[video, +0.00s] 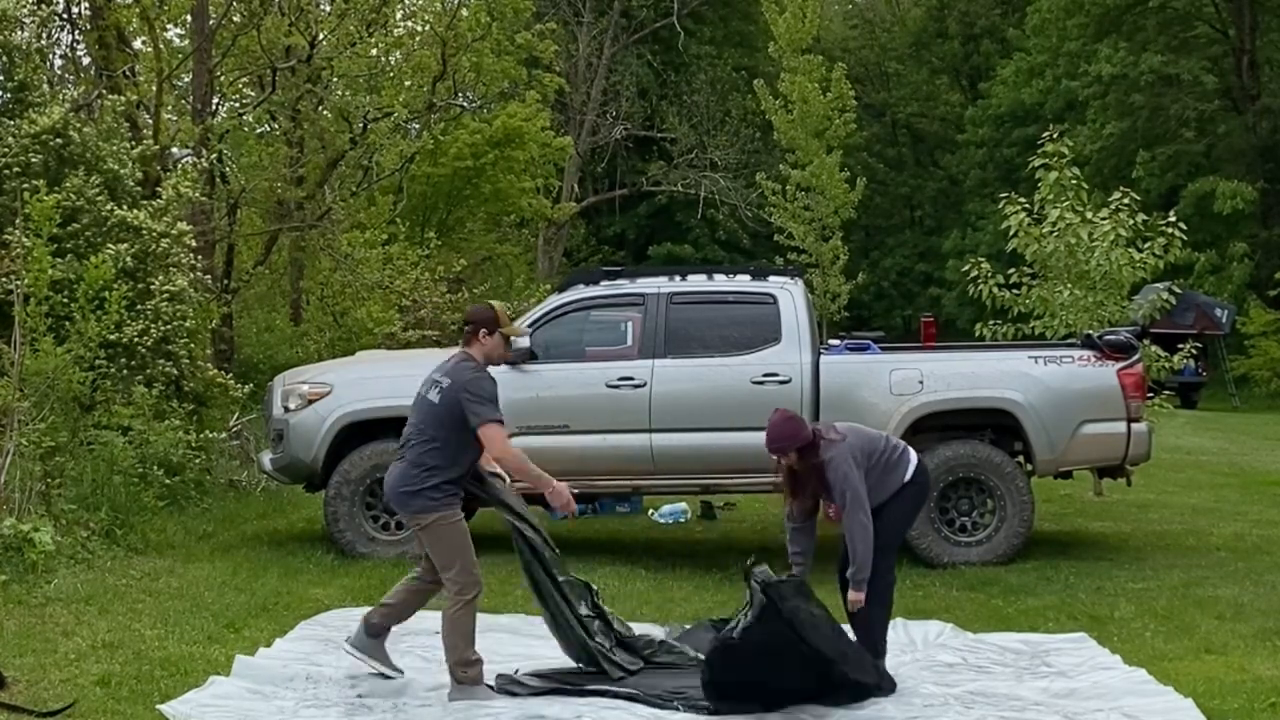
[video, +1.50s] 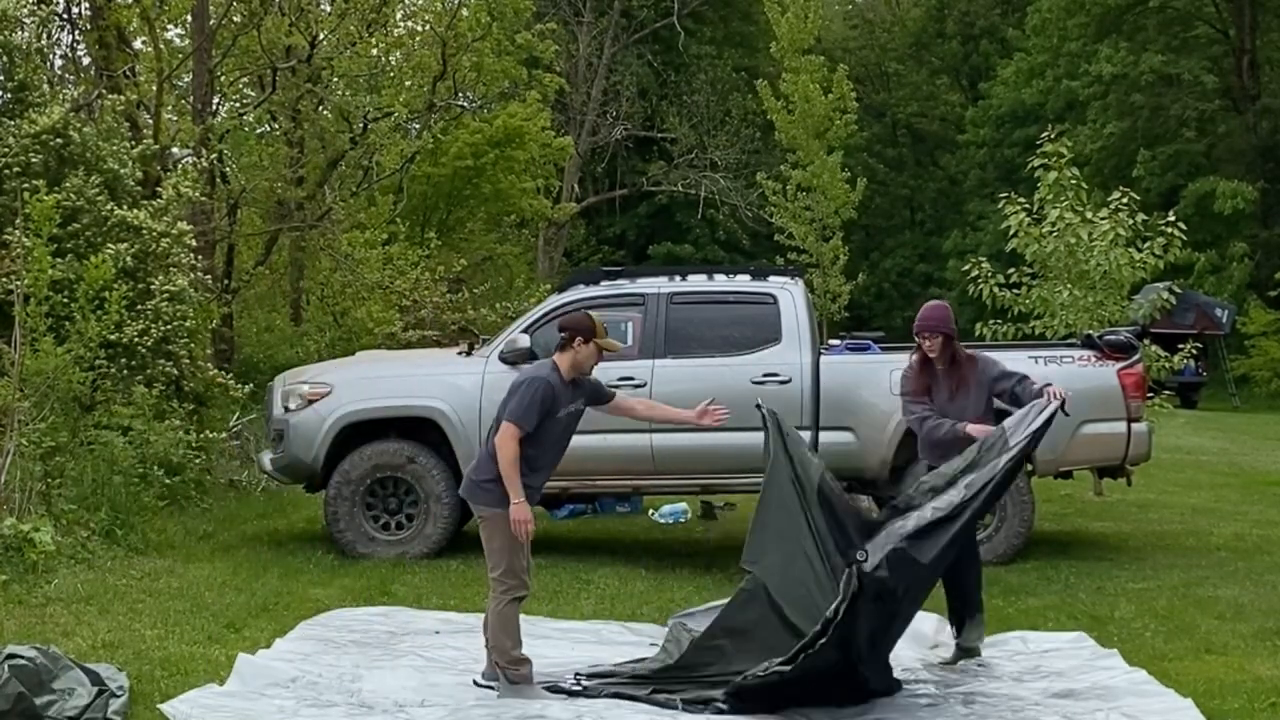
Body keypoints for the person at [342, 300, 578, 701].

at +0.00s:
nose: (509, 345)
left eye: (508, 338)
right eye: (504, 338)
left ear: (477, 337)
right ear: (483, 337)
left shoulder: (450, 368)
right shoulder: (475, 379)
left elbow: (448, 429)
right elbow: (500, 451)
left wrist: (481, 459)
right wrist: (550, 485)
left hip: (409, 484)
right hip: (429, 492)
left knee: (433, 573)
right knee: (464, 586)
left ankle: (370, 633)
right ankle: (466, 683)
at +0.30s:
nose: (331, 325)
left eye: (339, 318)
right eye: (325, 317)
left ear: (355, 320)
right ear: (317, 318)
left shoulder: (370, 362)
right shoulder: (303, 362)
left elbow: (385, 414)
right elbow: (295, 422)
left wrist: (379, 420)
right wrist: (349, 417)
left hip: (342, 477)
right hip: (299, 476)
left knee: (339, 572)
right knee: (315, 564)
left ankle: (328, 667)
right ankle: (255, 641)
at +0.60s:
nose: (305, 329)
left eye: (306, 322)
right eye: (299, 321)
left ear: (287, 317)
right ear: (275, 316)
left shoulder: (305, 357)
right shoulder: (233, 364)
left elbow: (316, 416)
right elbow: (181, 410)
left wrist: (325, 474)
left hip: (305, 482)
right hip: (254, 487)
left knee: (343, 555)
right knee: (243, 578)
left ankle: (336, 647)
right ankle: (225, 669)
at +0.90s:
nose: (444, 335)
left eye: (445, 327)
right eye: (441, 326)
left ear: (422, 324)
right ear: (420, 322)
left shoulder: (425, 368)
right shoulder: (380, 365)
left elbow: (429, 432)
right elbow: (352, 426)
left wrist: (449, 489)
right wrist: (370, 484)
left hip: (405, 486)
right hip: (382, 487)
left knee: (393, 571)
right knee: (425, 558)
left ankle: (386, 666)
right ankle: (358, 628)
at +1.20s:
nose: (574, 357)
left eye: (575, 350)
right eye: (573, 349)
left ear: (547, 345)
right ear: (554, 346)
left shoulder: (540, 387)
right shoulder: (519, 388)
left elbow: (550, 452)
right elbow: (510, 463)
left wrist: (577, 503)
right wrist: (551, 512)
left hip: (490, 492)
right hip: (480, 495)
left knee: (499, 576)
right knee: (510, 583)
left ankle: (486, 659)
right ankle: (515, 677)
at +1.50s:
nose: (600, 357)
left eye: (601, 350)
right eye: (597, 349)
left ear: (578, 345)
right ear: (576, 345)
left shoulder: (581, 385)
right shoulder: (538, 383)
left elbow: (631, 406)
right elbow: (505, 439)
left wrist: (690, 416)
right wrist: (517, 499)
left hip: (513, 494)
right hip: (493, 492)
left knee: (511, 584)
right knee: (508, 586)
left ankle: (495, 668)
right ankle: (515, 678)